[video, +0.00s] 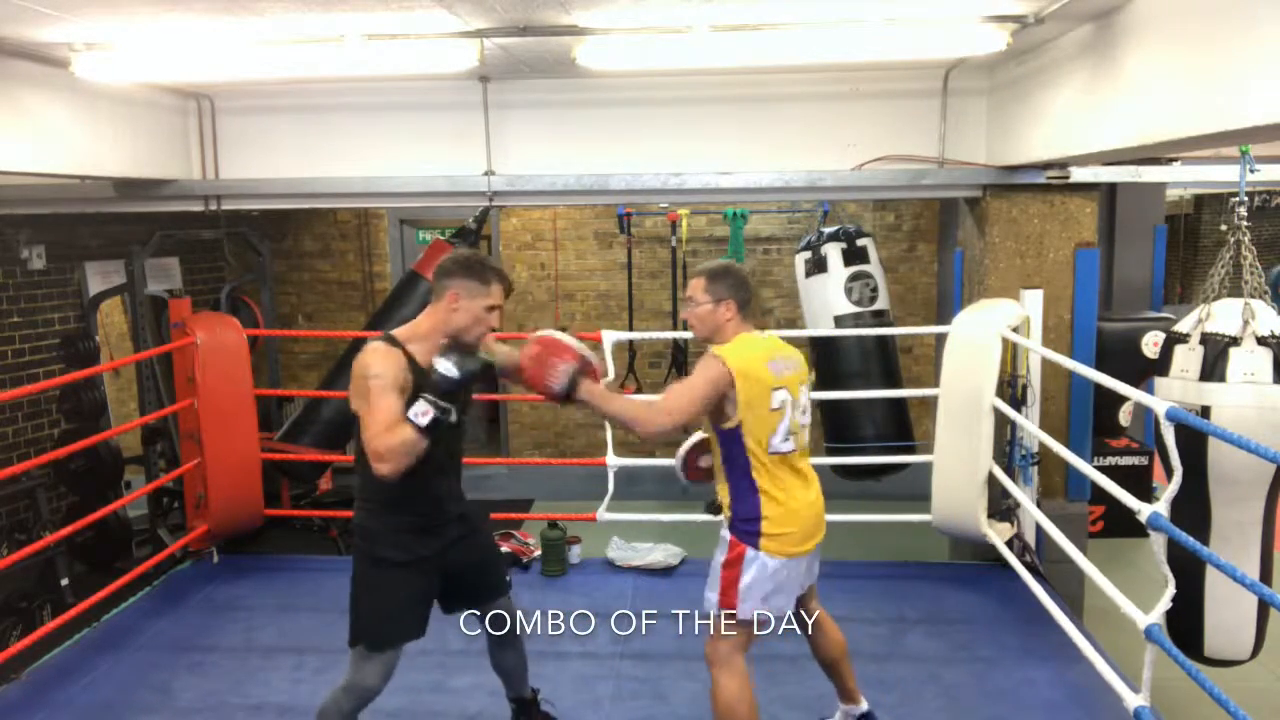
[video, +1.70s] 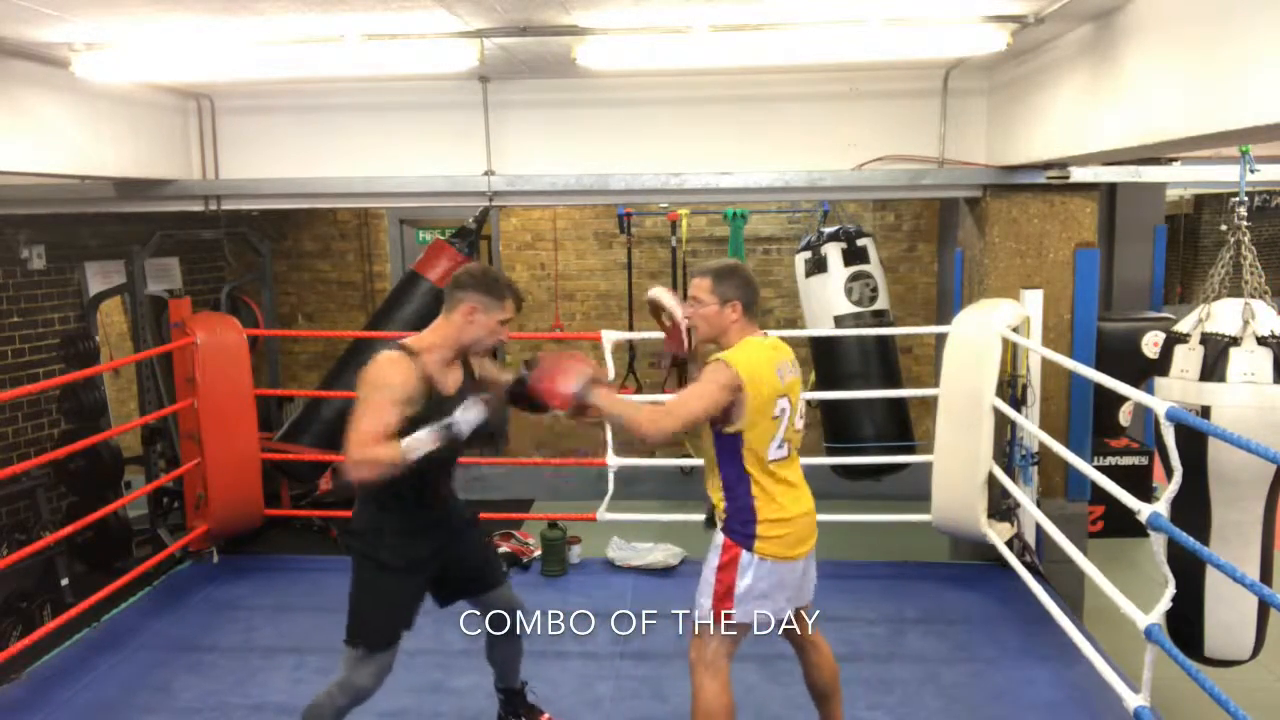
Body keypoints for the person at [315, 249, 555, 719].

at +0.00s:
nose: (496, 323)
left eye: (499, 311)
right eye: (490, 309)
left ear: (458, 304)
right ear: (453, 301)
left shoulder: (462, 345)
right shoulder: (379, 359)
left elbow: (526, 362)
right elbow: (385, 458)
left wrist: (566, 360)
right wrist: (438, 392)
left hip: (454, 525)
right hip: (392, 538)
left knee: (503, 621)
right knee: (367, 679)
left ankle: (524, 707)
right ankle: (327, 717)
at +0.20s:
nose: (521, 331)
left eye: (525, 321)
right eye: (516, 317)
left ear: (482, 306)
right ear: (479, 302)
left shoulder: (475, 355)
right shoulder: (413, 352)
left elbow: (504, 434)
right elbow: (435, 447)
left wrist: (535, 391)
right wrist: (483, 386)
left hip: (455, 522)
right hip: (397, 532)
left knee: (512, 616)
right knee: (367, 664)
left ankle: (525, 706)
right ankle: (326, 715)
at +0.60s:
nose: (489, 323)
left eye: (491, 312)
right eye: (482, 310)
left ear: (449, 300)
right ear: (444, 297)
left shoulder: (450, 350)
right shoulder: (374, 353)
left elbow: (482, 409)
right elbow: (386, 450)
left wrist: (537, 402)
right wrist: (431, 388)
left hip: (451, 520)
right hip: (388, 532)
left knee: (504, 617)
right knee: (355, 661)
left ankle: (526, 705)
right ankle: (316, 713)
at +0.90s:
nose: (494, 319)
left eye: (497, 307)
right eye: (489, 305)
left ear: (456, 299)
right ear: (454, 296)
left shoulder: (440, 350)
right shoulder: (401, 352)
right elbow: (399, 441)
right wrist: (469, 409)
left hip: (441, 516)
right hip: (392, 526)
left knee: (495, 605)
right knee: (366, 666)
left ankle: (515, 704)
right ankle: (322, 714)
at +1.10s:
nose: (513, 337)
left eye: (519, 328)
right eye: (513, 324)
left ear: (477, 307)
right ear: (480, 307)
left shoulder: (447, 351)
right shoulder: (437, 366)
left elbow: (464, 426)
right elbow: (477, 454)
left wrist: (500, 393)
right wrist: (524, 404)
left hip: (443, 520)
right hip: (401, 531)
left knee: (496, 604)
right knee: (386, 675)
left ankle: (515, 703)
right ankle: (328, 717)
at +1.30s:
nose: (521, 357)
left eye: (524, 347)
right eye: (519, 347)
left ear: (489, 339)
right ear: (490, 341)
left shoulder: (463, 369)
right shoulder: (416, 398)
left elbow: (471, 438)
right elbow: (409, 489)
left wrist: (511, 415)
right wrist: (472, 471)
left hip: (443, 521)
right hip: (392, 534)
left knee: (505, 606)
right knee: (370, 675)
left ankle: (517, 704)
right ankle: (318, 715)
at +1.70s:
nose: (506, 336)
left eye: (508, 325)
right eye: (502, 323)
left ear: (467, 314)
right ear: (467, 312)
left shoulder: (467, 363)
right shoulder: (395, 368)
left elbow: (511, 388)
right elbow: (357, 463)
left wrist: (538, 388)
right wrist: (442, 433)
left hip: (443, 518)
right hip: (389, 529)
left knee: (504, 611)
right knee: (362, 677)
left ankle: (513, 704)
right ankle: (313, 717)